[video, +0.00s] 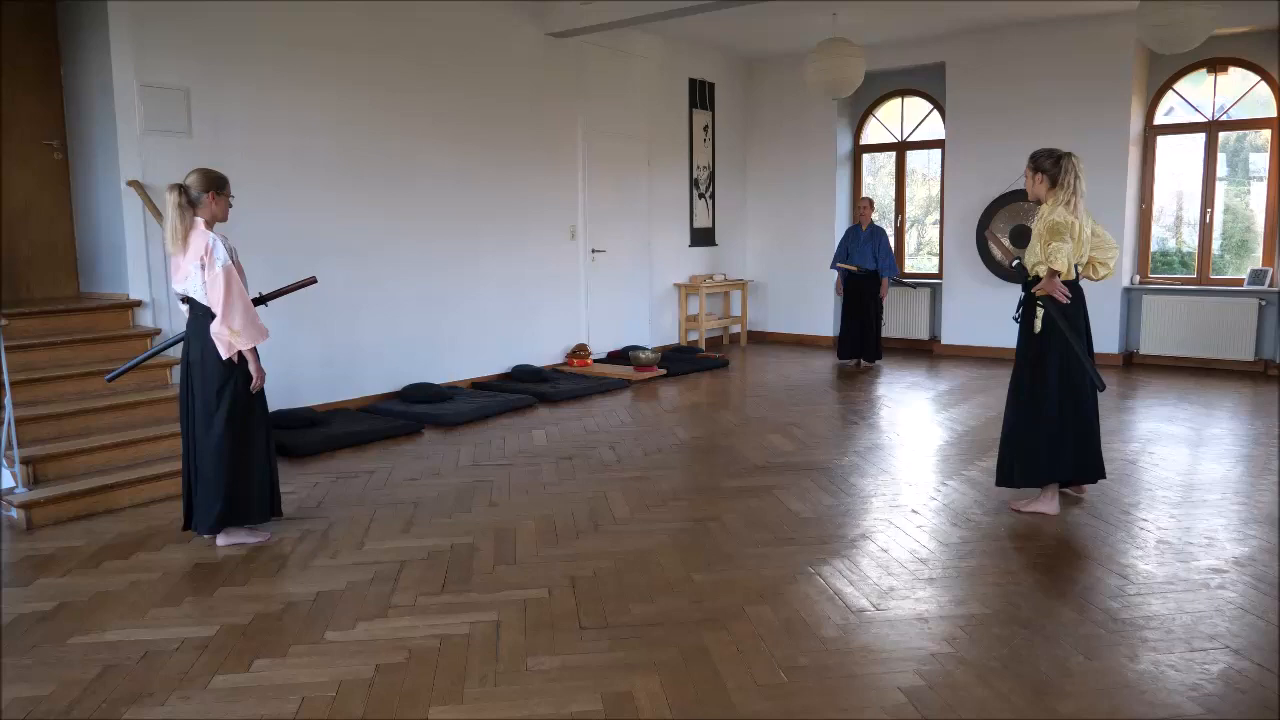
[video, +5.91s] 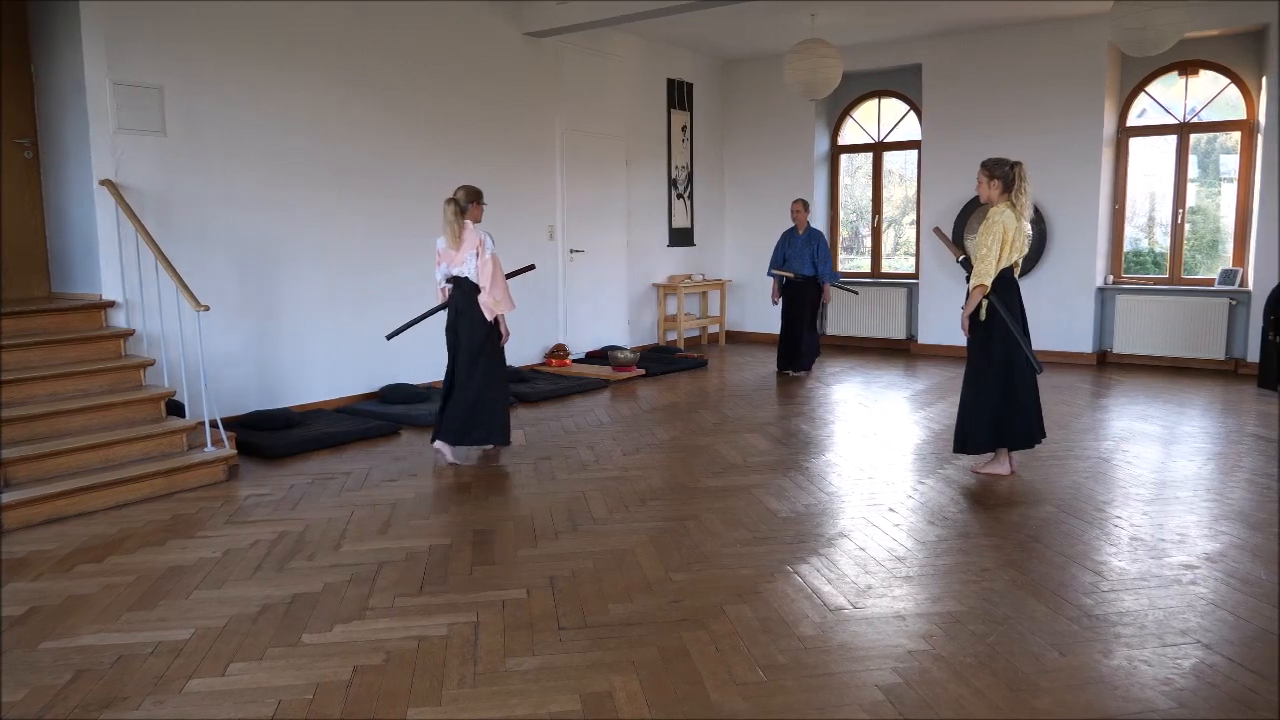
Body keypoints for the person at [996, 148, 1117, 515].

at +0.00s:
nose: (1025, 185)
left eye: (1027, 178)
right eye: (1025, 178)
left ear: (1041, 178)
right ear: (1059, 179)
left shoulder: (1050, 215)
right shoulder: (1078, 215)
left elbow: (1057, 256)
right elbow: (1105, 254)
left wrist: (1048, 280)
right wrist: (1074, 271)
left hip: (1048, 314)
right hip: (1073, 311)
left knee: (1046, 397)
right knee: (1072, 394)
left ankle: (1048, 495)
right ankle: (1076, 477)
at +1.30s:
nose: (1027, 186)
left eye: (1032, 181)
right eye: (1028, 180)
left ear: (1049, 184)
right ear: (1051, 185)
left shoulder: (1053, 215)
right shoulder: (1060, 215)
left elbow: (1048, 259)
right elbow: (1066, 261)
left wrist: (1018, 283)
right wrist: (1034, 278)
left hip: (1037, 302)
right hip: (1054, 302)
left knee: (1023, 377)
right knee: (1058, 376)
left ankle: (1023, 460)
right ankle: (1071, 454)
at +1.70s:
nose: (1024, 183)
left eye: (1029, 178)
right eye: (1025, 177)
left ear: (1047, 183)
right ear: (1048, 183)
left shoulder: (1042, 216)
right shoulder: (1052, 213)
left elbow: (1027, 268)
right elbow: (1028, 261)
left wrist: (1000, 310)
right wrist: (997, 245)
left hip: (1033, 300)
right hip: (1040, 296)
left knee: (1027, 374)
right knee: (1027, 374)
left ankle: (1025, 458)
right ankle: (1019, 453)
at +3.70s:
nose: (1010, 185)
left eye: (1014, 180)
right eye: (1011, 179)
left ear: (1030, 182)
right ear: (1034, 182)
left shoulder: (1031, 217)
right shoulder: (1048, 214)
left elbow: (1020, 267)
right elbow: (1016, 253)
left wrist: (1000, 308)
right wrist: (986, 243)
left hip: (1028, 301)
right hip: (1040, 298)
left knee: (1025, 376)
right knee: (1033, 375)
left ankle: (1024, 459)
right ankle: (1026, 455)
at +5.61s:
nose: (984, 187)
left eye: (988, 181)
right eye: (985, 181)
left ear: (1003, 184)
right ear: (1010, 185)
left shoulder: (1004, 217)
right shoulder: (1022, 216)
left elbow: (992, 269)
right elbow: (994, 266)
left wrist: (973, 308)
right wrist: (965, 251)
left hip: (1000, 302)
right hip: (1015, 298)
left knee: (1000, 375)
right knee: (1008, 375)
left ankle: (1005, 457)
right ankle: (1007, 454)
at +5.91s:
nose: (976, 188)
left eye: (980, 183)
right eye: (977, 182)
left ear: (996, 185)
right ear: (1002, 186)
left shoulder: (997, 217)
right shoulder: (1016, 216)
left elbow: (986, 269)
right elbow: (998, 265)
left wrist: (967, 309)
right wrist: (962, 255)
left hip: (994, 301)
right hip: (1009, 298)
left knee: (997, 375)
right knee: (1002, 374)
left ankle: (1003, 457)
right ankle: (1002, 453)